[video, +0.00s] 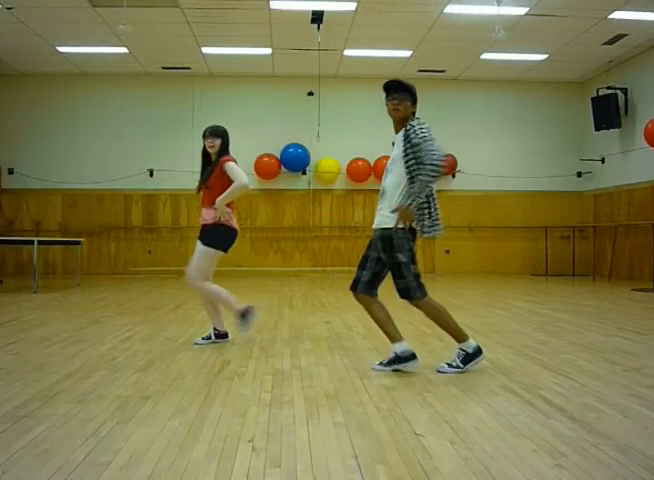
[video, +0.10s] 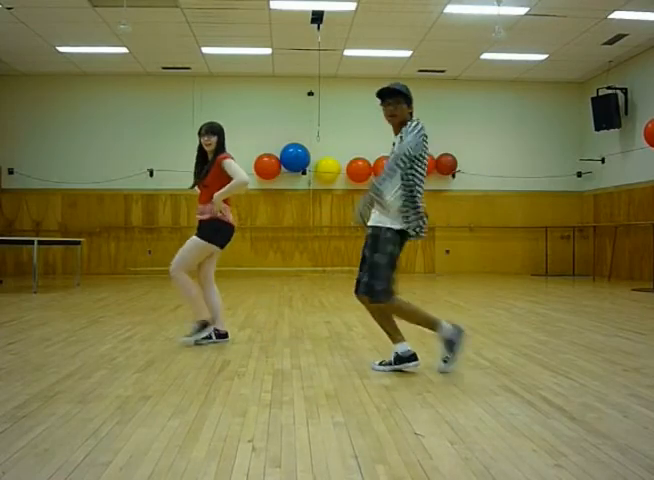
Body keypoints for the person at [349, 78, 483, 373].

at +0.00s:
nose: (393, 105)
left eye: (399, 101)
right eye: (389, 101)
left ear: (412, 105)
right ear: (386, 106)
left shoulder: (417, 131)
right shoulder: (401, 137)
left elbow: (434, 166)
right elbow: (408, 175)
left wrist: (410, 205)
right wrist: (393, 205)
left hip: (399, 227)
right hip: (384, 228)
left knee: (413, 293)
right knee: (362, 290)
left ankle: (468, 347)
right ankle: (401, 350)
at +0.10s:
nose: (390, 111)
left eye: (396, 105)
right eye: (386, 107)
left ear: (409, 107)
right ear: (384, 111)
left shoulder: (414, 133)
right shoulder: (402, 137)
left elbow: (394, 168)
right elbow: (393, 177)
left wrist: (369, 197)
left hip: (393, 224)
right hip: (380, 222)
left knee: (379, 296)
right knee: (364, 293)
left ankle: (448, 332)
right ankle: (403, 351)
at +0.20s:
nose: (382, 112)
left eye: (388, 105)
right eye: (378, 108)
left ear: (402, 106)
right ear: (377, 110)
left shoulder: (412, 130)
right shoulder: (391, 142)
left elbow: (402, 145)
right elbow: (379, 168)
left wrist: (362, 131)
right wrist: (355, 166)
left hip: (393, 224)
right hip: (383, 223)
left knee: (344, 285)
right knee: (368, 291)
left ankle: (407, 315)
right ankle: (403, 350)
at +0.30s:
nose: (372, 109)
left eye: (376, 103)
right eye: (370, 104)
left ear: (392, 103)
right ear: (379, 106)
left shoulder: (405, 133)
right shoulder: (382, 133)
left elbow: (392, 163)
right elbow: (372, 168)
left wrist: (384, 126)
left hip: (385, 224)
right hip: (385, 224)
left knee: (328, 274)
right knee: (369, 292)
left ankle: (367, 325)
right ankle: (403, 350)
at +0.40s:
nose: (362, 106)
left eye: (367, 100)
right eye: (361, 100)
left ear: (385, 100)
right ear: (372, 102)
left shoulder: (391, 135)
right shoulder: (388, 134)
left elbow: (399, 179)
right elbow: (394, 178)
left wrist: (368, 167)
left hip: (375, 223)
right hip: (384, 224)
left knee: (328, 277)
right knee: (370, 289)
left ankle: (327, 345)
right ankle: (403, 350)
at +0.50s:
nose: (349, 101)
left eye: (354, 97)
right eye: (350, 97)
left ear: (370, 100)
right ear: (372, 101)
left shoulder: (380, 134)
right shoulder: (391, 133)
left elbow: (382, 182)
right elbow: (408, 186)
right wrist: (391, 218)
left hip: (361, 221)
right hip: (379, 224)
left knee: (328, 280)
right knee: (368, 287)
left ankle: (320, 348)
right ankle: (402, 350)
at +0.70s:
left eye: (352, 96)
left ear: (351, 100)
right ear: (379, 100)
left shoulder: (340, 129)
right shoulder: (395, 134)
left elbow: (338, 177)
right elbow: (399, 183)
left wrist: (342, 219)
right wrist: (392, 228)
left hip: (348, 220)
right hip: (383, 223)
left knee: (330, 283)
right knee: (376, 288)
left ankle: (323, 348)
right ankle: (369, 348)